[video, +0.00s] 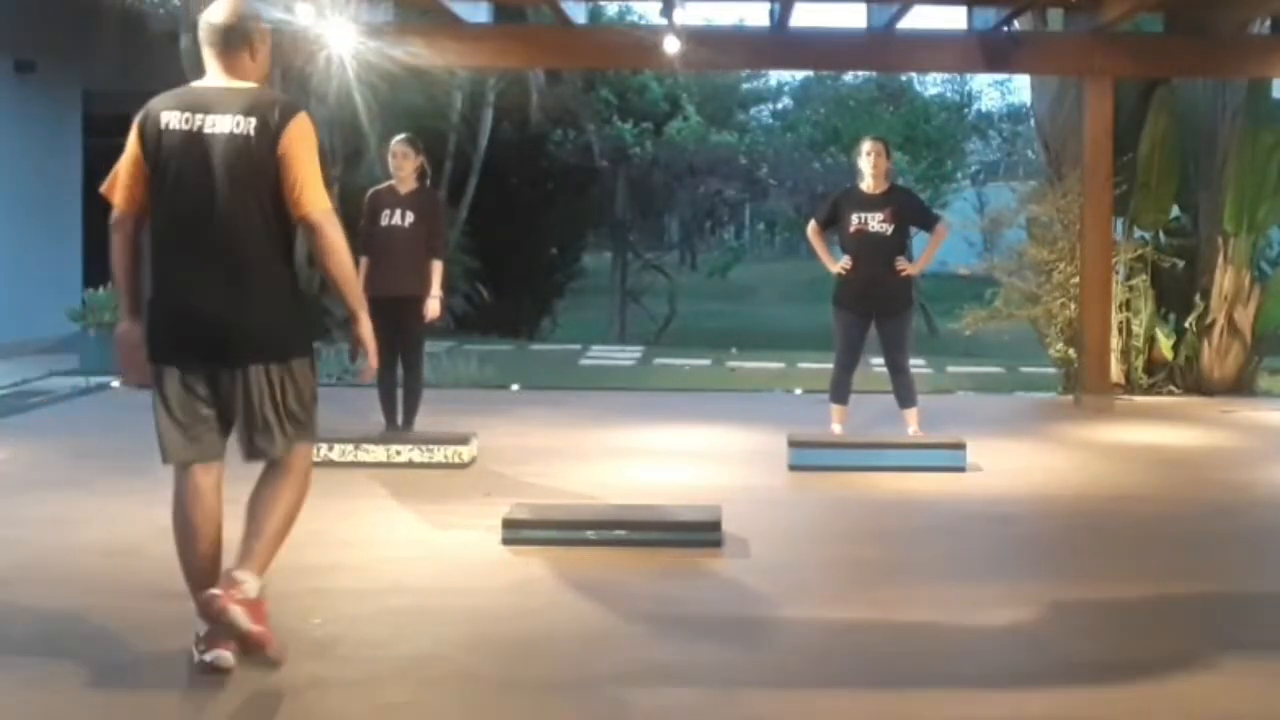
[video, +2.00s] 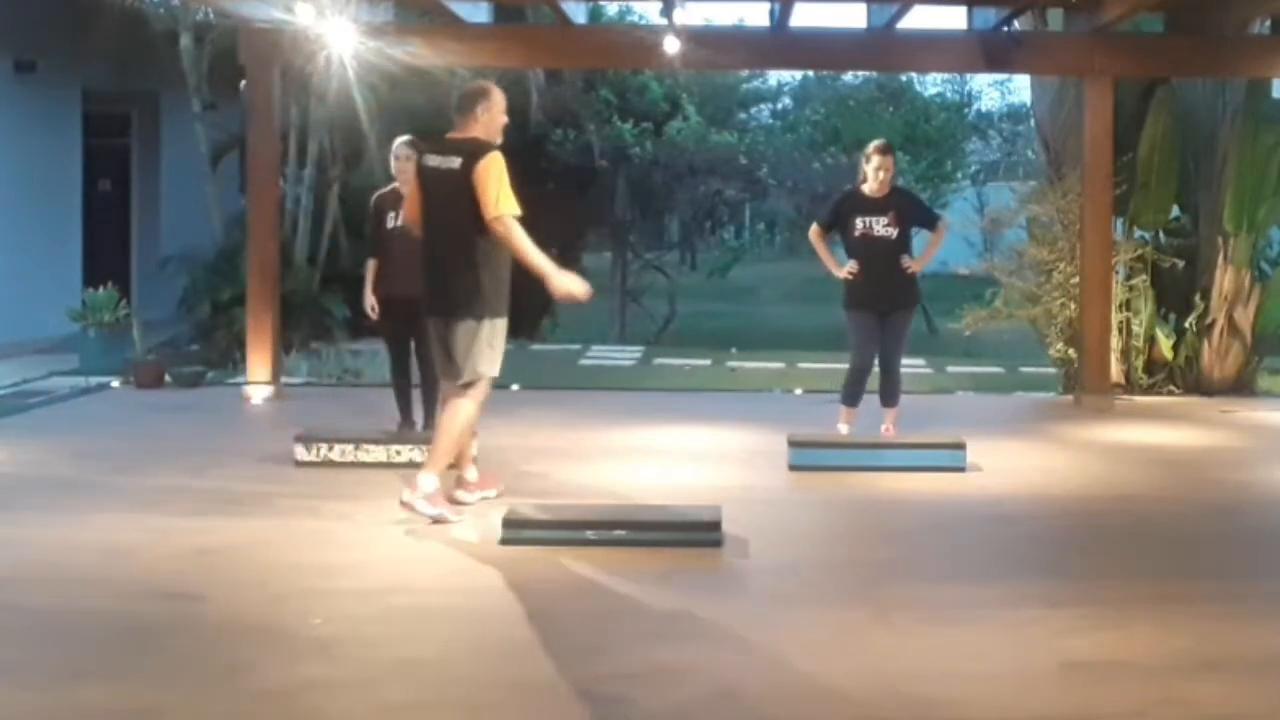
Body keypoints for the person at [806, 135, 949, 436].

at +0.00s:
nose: (872, 159)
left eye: (877, 154)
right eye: (867, 154)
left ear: (888, 161)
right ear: (858, 161)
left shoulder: (903, 199)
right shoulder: (844, 199)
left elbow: (941, 229)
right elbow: (813, 229)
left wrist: (919, 265)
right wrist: (831, 263)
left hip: (893, 289)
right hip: (853, 289)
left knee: (898, 362)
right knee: (845, 359)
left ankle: (913, 429)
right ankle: (837, 429)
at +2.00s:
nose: (884, 175)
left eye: (889, 169)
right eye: (879, 169)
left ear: (895, 170)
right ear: (866, 168)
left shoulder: (904, 200)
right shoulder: (848, 200)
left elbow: (940, 228)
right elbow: (815, 233)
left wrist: (922, 262)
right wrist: (836, 268)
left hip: (899, 289)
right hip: (862, 289)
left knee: (890, 360)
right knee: (863, 357)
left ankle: (889, 426)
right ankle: (845, 424)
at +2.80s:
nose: (875, 171)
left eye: (880, 165)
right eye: (870, 165)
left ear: (889, 166)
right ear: (860, 165)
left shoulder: (902, 200)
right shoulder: (844, 198)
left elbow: (919, 246)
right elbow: (814, 237)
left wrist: (924, 289)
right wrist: (819, 282)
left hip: (890, 293)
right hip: (852, 294)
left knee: (886, 360)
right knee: (857, 358)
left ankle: (887, 425)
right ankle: (857, 423)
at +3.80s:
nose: (875, 161)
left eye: (881, 155)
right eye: (870, 155)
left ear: (890, 160)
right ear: (862, 160)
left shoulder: (905, 199)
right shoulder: (848, 197)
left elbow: (915, 247)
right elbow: (833, 245)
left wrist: (920, 291)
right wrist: (827, 289)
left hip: (893, 292)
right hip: (855, 291)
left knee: (886, 361)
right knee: (859, 361)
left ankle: (887, 425)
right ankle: (859, 425)